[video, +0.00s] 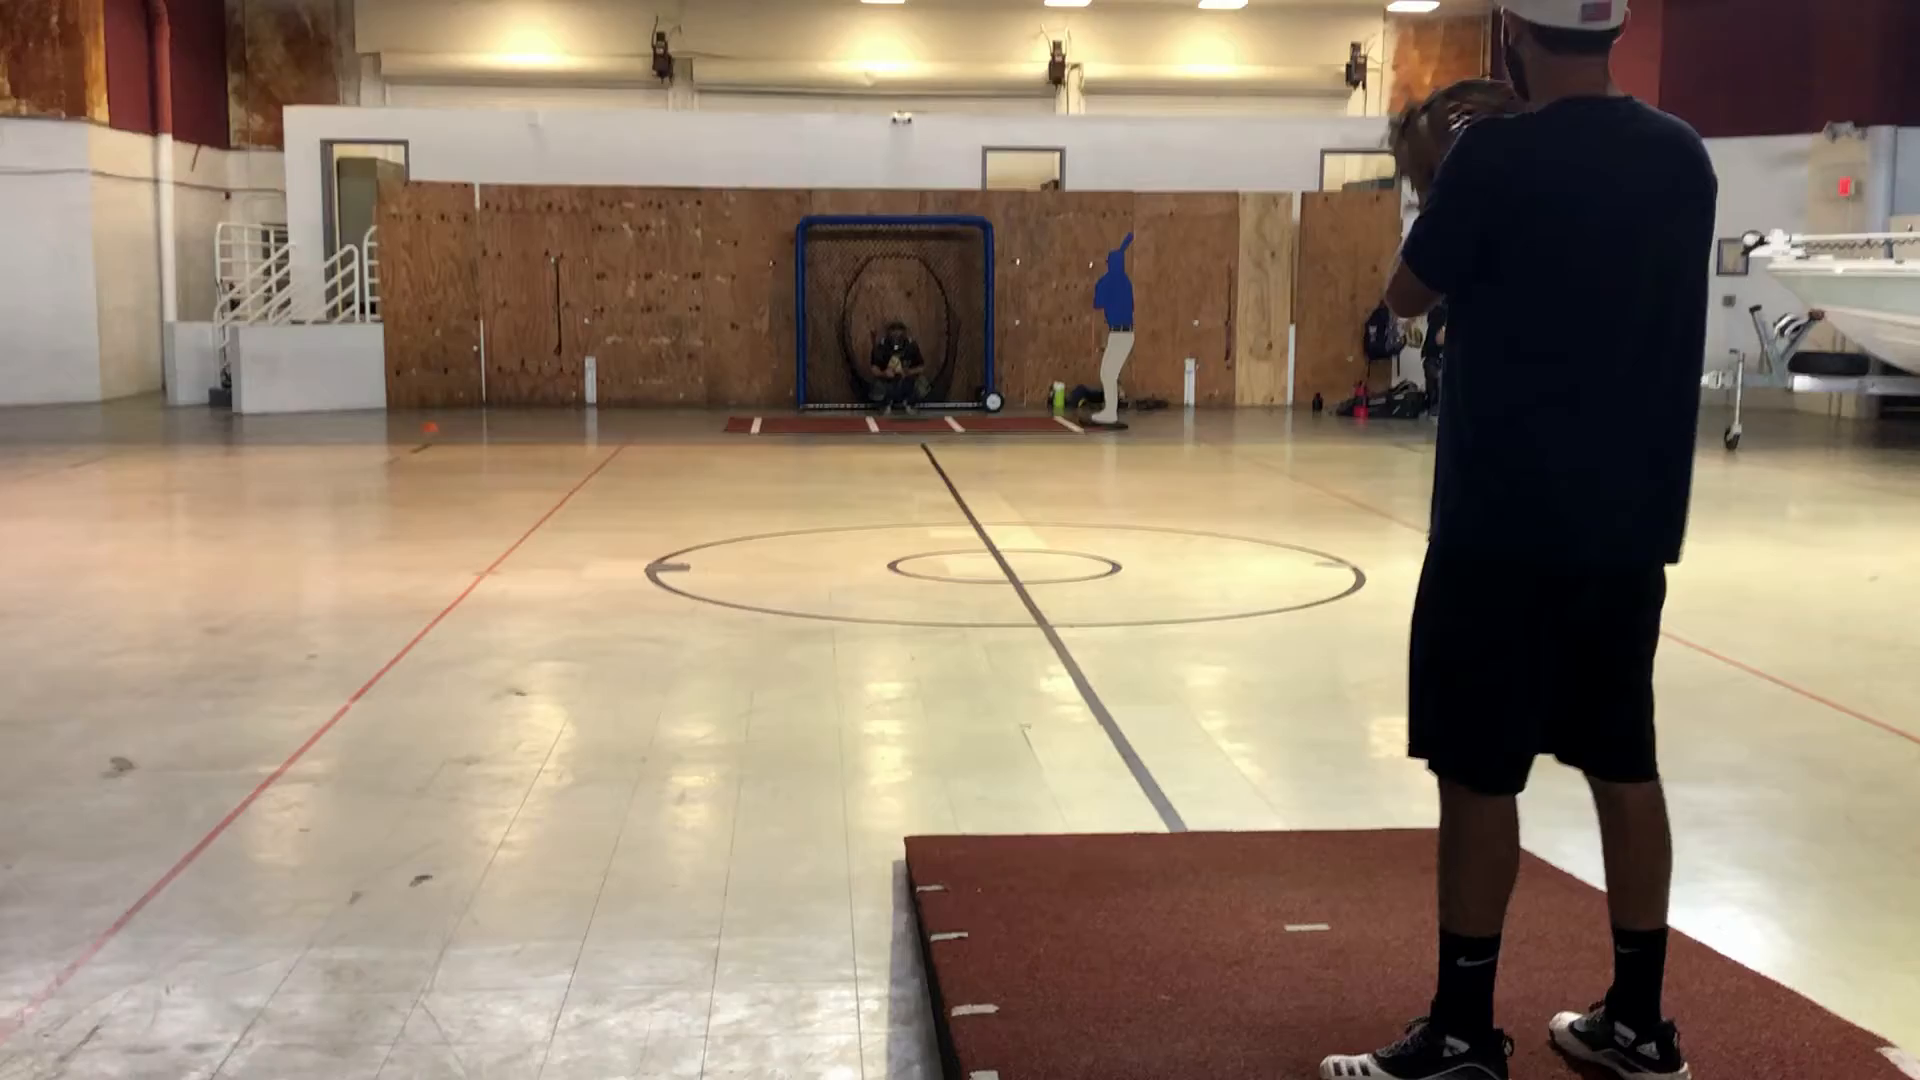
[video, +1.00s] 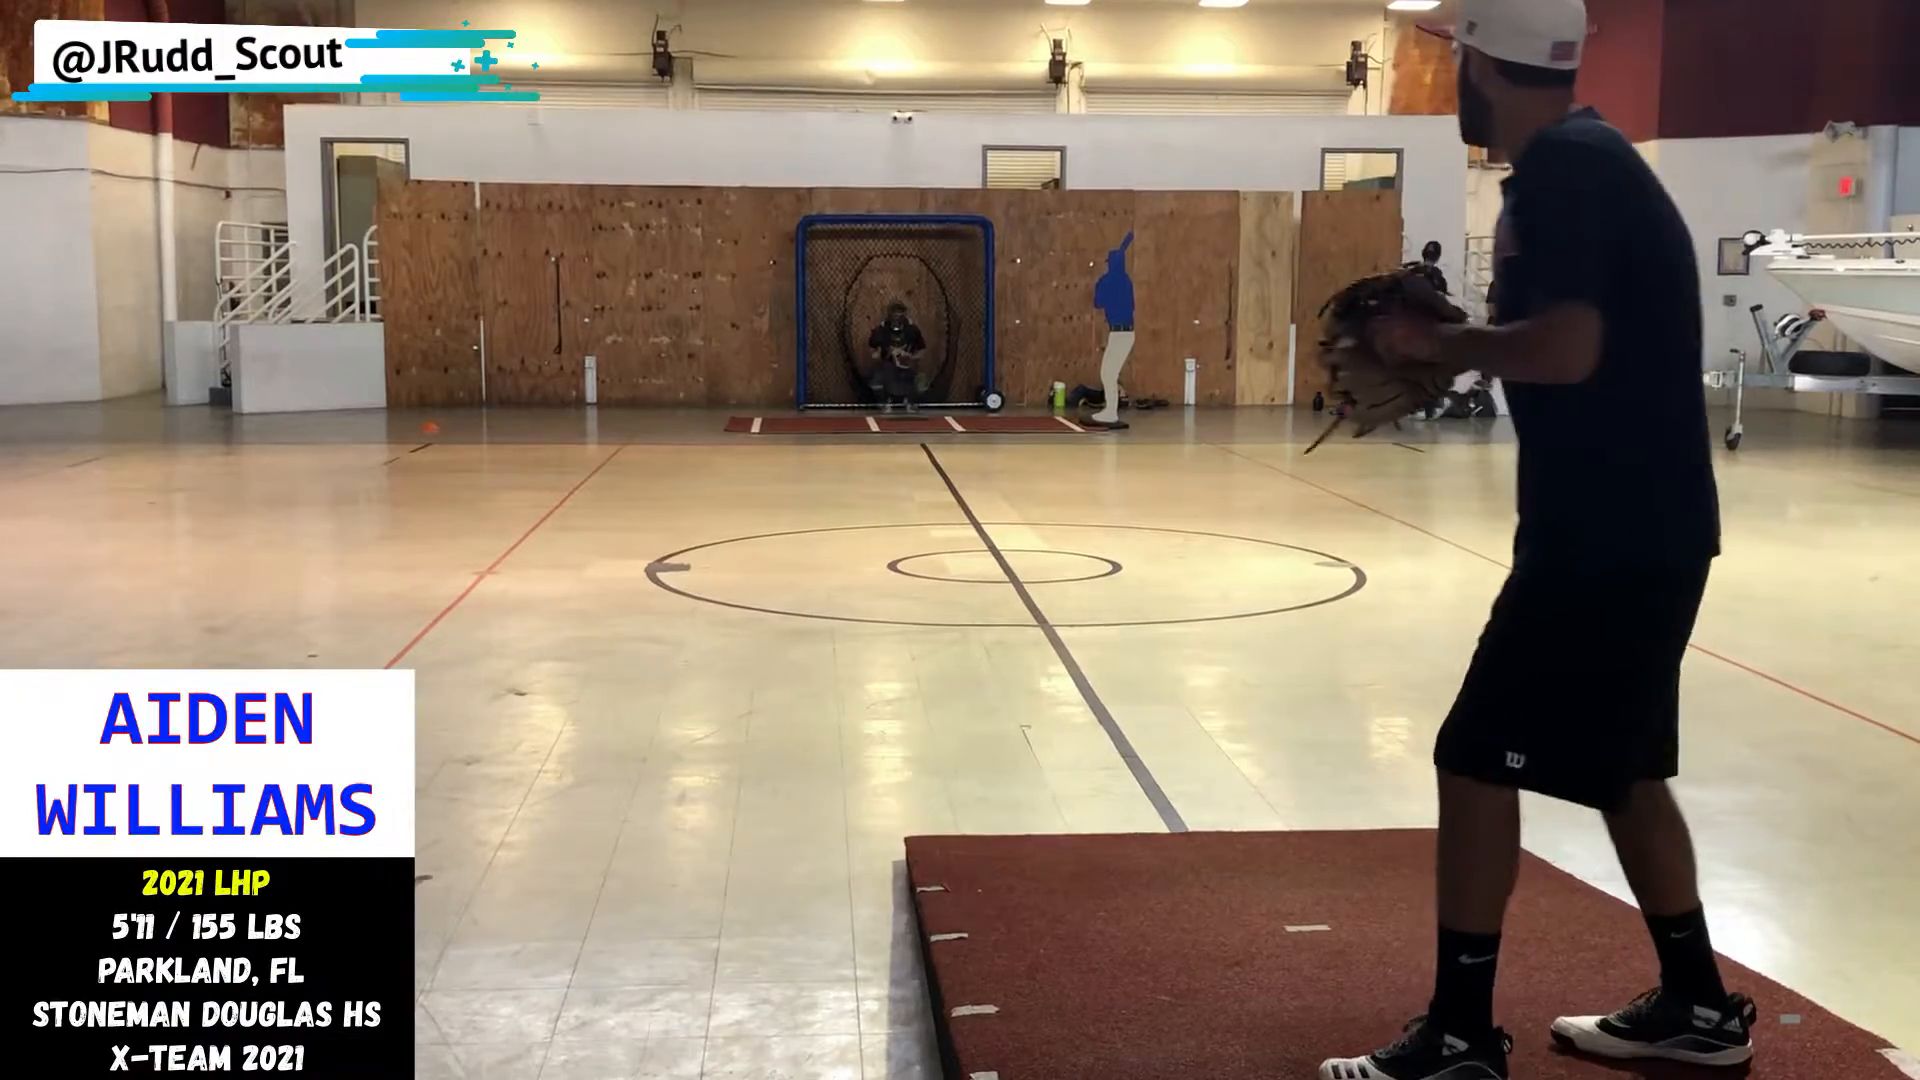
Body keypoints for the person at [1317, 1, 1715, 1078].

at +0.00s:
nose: (1500, 48)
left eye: (1502, 34)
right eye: (1509, 37)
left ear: (1515, 39)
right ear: (1618, 36)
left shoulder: (1493, 153)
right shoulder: (1682, 153)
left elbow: (1410, 293)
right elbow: (1622, 290)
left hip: (1497, 526)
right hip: (1630, 526)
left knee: (1478, 774)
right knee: (1626, 764)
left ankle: (1463, 1030)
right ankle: (1638, 1018)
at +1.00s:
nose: (1456, 95)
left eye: (1457, 66)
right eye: (1456, 69)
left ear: (1483, 62)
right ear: (1559, 65)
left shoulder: (1560, 171)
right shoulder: (1601, 165)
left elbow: (1567, 347)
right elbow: (1582, 347)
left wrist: (1438, 343)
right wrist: (1453, 336)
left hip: (1590, 540)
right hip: (1652, 534)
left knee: (1473, 755)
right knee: (1628, 766)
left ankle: (1459, 1030)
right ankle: (1696, 1001)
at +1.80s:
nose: (1461, 75)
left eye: (1467, 53)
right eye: (1464, 55)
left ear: (1496, 62)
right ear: (1542, 65)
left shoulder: (1630, 174)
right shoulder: (1501, 186)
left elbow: (1560, 326)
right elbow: (1477, 350)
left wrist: (1408, 243)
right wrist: (1374, 278)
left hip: (1587, 535)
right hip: (1515, 528)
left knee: (1465, 770)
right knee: (1522, 779)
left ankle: (1476, 1027)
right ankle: (1657, 958)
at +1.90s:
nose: (1456, 77)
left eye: (1466, 55)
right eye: (1459, 54)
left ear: (1498, 62)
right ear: (1534, 63)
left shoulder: (1632, 170)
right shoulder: (1492, 184)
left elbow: (1563, 322)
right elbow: (1466, 351)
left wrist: (1407, 245)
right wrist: (1367, 277)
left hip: (1560, 533)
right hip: (1471, 514)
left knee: (1453, 766)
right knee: (1371, 733)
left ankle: (1477, 1031)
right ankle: (1535, 883)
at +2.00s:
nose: (1453, 75)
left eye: (1458, 50)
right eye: (1456, 53)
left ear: (1489, 54)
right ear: (1539, 56)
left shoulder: (1632, 168)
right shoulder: (1483, 181)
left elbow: (1564, 321)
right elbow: (1457, 349)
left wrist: (1400, 245)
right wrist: (1362, 277)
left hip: (1543, 531)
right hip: (1441, 499)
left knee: (1451, 775)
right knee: (1275, 658)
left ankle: (1476, 1026)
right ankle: (1365, 860)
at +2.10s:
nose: (1448, 73)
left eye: (1458, 51)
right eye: (1451, 52)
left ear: (1496, 57)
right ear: (1520, 61)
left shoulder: (1623, 168)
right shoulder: (1477, 183)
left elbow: (1559, 322)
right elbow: (1446, 346)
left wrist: (1388, 247)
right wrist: (1349, 276)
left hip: (1517, 519)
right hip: (1422, 481)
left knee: (1448, 772)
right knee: (1207, 552)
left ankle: (1477, 1028)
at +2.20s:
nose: (1436, 79)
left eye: (1442, 56)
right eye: (1439, 59)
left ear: (1475, 58)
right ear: (1524, 60)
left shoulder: (1611, 171)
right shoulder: (1463, 183)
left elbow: (1542, 324)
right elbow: (1432, 345)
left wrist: (1385, 245)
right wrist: (1339, 273)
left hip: (1492, 517)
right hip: (1405, 472)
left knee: (1437, 768)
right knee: (1183, 445)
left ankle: (1476, 1028)